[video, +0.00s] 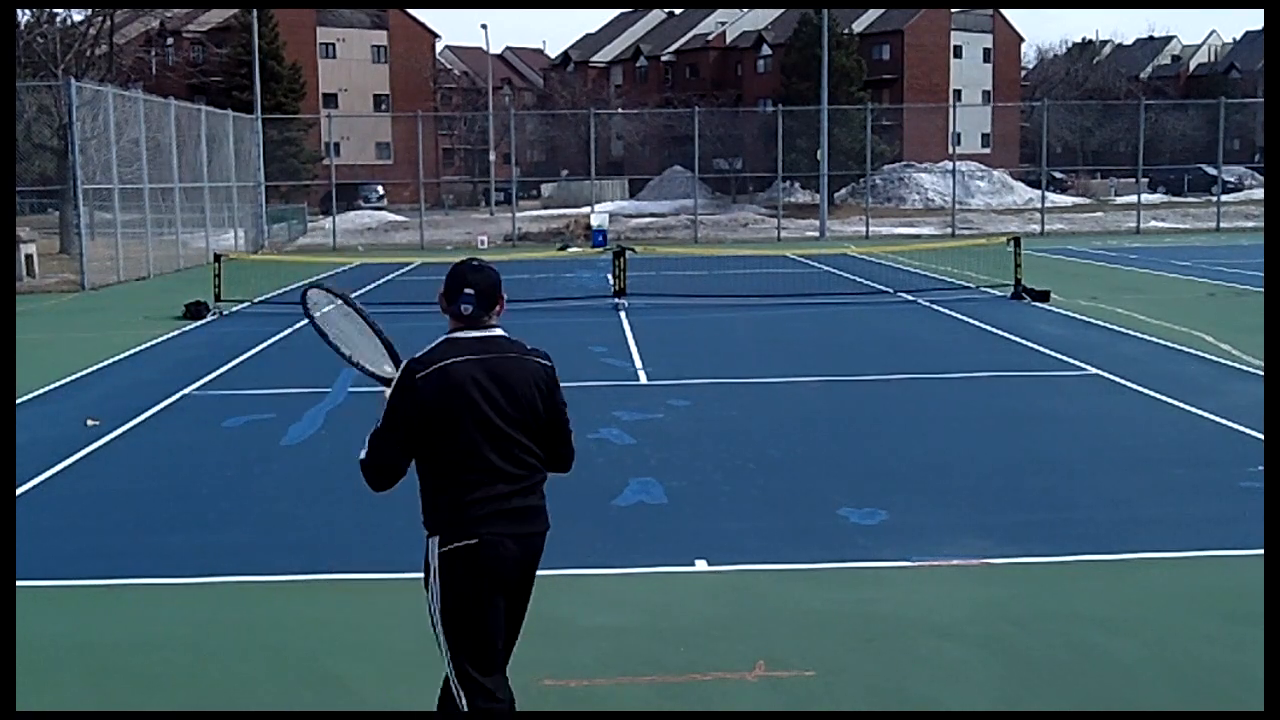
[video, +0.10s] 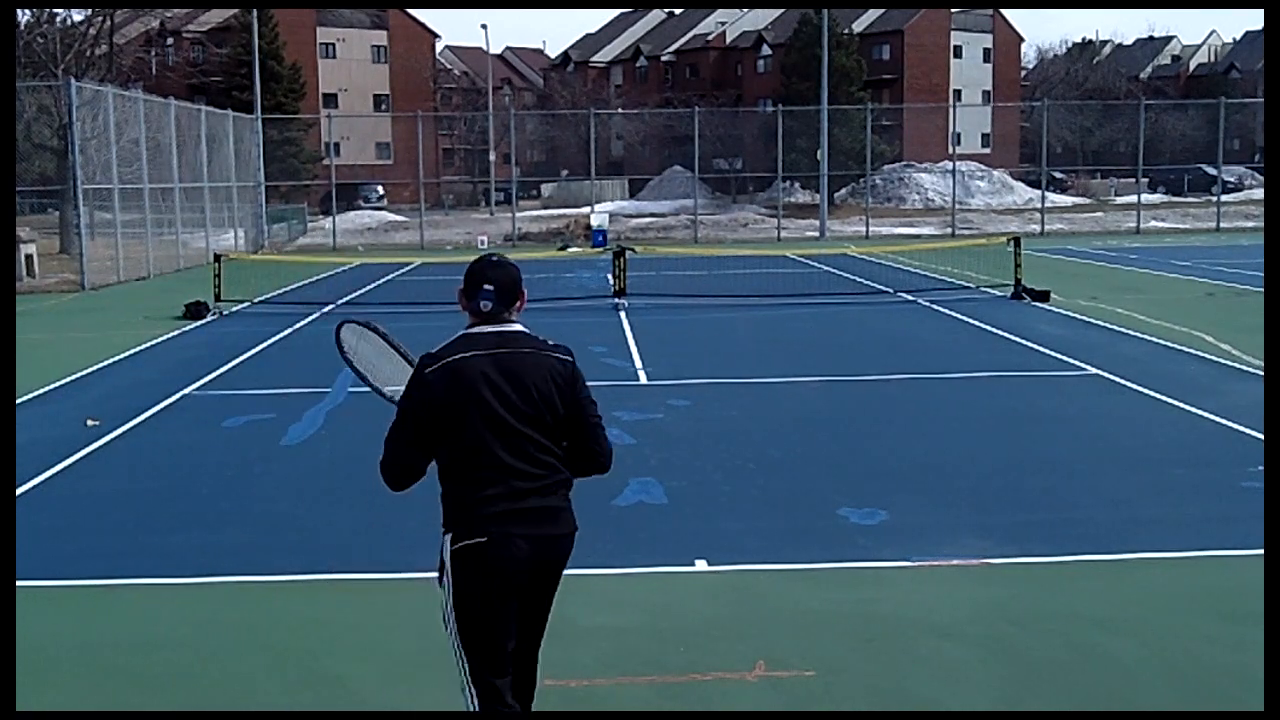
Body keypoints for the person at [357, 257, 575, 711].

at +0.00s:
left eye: (445, 300)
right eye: (497, 300)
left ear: (443, 305)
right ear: (500, 305)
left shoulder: (421, 372)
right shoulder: (534, 364)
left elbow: (379, 474)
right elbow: (560, 457)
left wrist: (396, 406)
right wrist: (504, 424)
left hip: (458, 538)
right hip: (526, 533)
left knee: (477, 678)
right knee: (477, 672)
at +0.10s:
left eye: (465, 297)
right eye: (522, 297)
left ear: (463, 302)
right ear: (521, 302)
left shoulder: (438, 368)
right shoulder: (556, 360)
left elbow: (397, 473)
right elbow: (595, 457)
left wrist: (434, 414)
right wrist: (539, 452)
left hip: (476, 540)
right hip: (550, 534)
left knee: (486, 677)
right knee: (523, 664)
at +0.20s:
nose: (544, 302)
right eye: (545, 296)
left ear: (485, 302)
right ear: (543, 302)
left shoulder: (455, 369)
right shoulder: (579, 362)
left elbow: (417, 475)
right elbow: (622, 461)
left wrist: (471, 446)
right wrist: (567, 476)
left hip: (490, 547)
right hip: (568, 542)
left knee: (495, 680)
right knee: (557, 666)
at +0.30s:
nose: (565, 309)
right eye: (567, 304)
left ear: (506, 310)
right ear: (565, 310)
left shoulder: (471, 378)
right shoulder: (599, 375)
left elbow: (436, 484)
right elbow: (643, 475)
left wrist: (492, 470)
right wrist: (590, 495)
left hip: (506, 567)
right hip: (590, 561)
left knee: (505, 690)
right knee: (608, 678)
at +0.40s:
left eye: (526, 298)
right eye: (591, 301)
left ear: (527, 306)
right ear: (589, 308)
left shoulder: (495, 376)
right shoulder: (623, 373)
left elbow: (458, 483)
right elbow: (666, 477)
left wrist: (515, 468)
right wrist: (611, 499)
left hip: (528, 566)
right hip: (615, 560)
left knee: (525, 697)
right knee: (661, 684)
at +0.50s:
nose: (555, 291)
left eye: (556, 286)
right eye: (625, 286)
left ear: (559, 292)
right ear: (621, 292)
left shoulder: (523, 357)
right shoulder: (657, 355)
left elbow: (487, 465)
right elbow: (694, 462)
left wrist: (542, 471)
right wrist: (643, 488)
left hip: (561, 553)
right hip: (649, 545)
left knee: (554, 695)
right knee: (698, 681)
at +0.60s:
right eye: (653, 296)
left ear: (588, 304)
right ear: (652, 303)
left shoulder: (555, 373)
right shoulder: (691, 369)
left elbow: (518, 485)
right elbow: (732, 480)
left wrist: (574, 491)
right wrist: (677, 505)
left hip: (592, 574)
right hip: (682, 569)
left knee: (575, 699)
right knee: (732, 699)